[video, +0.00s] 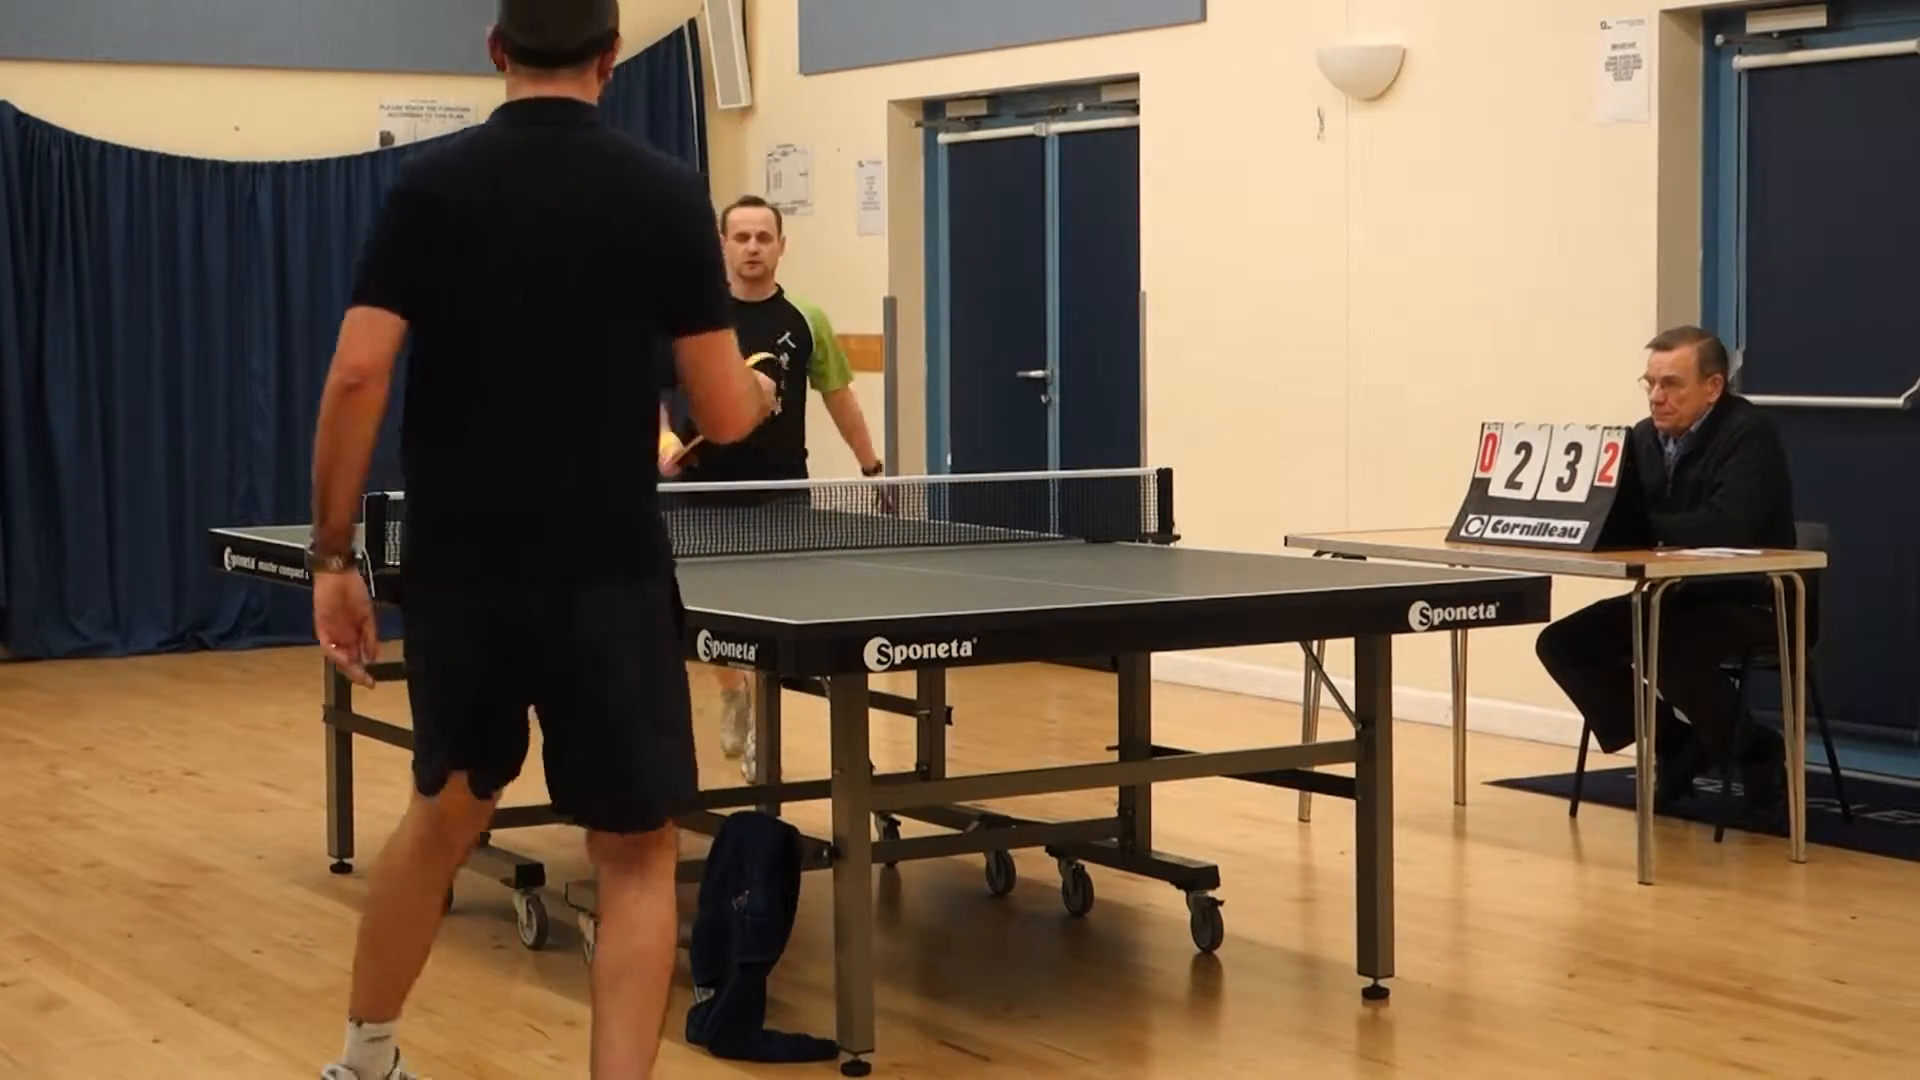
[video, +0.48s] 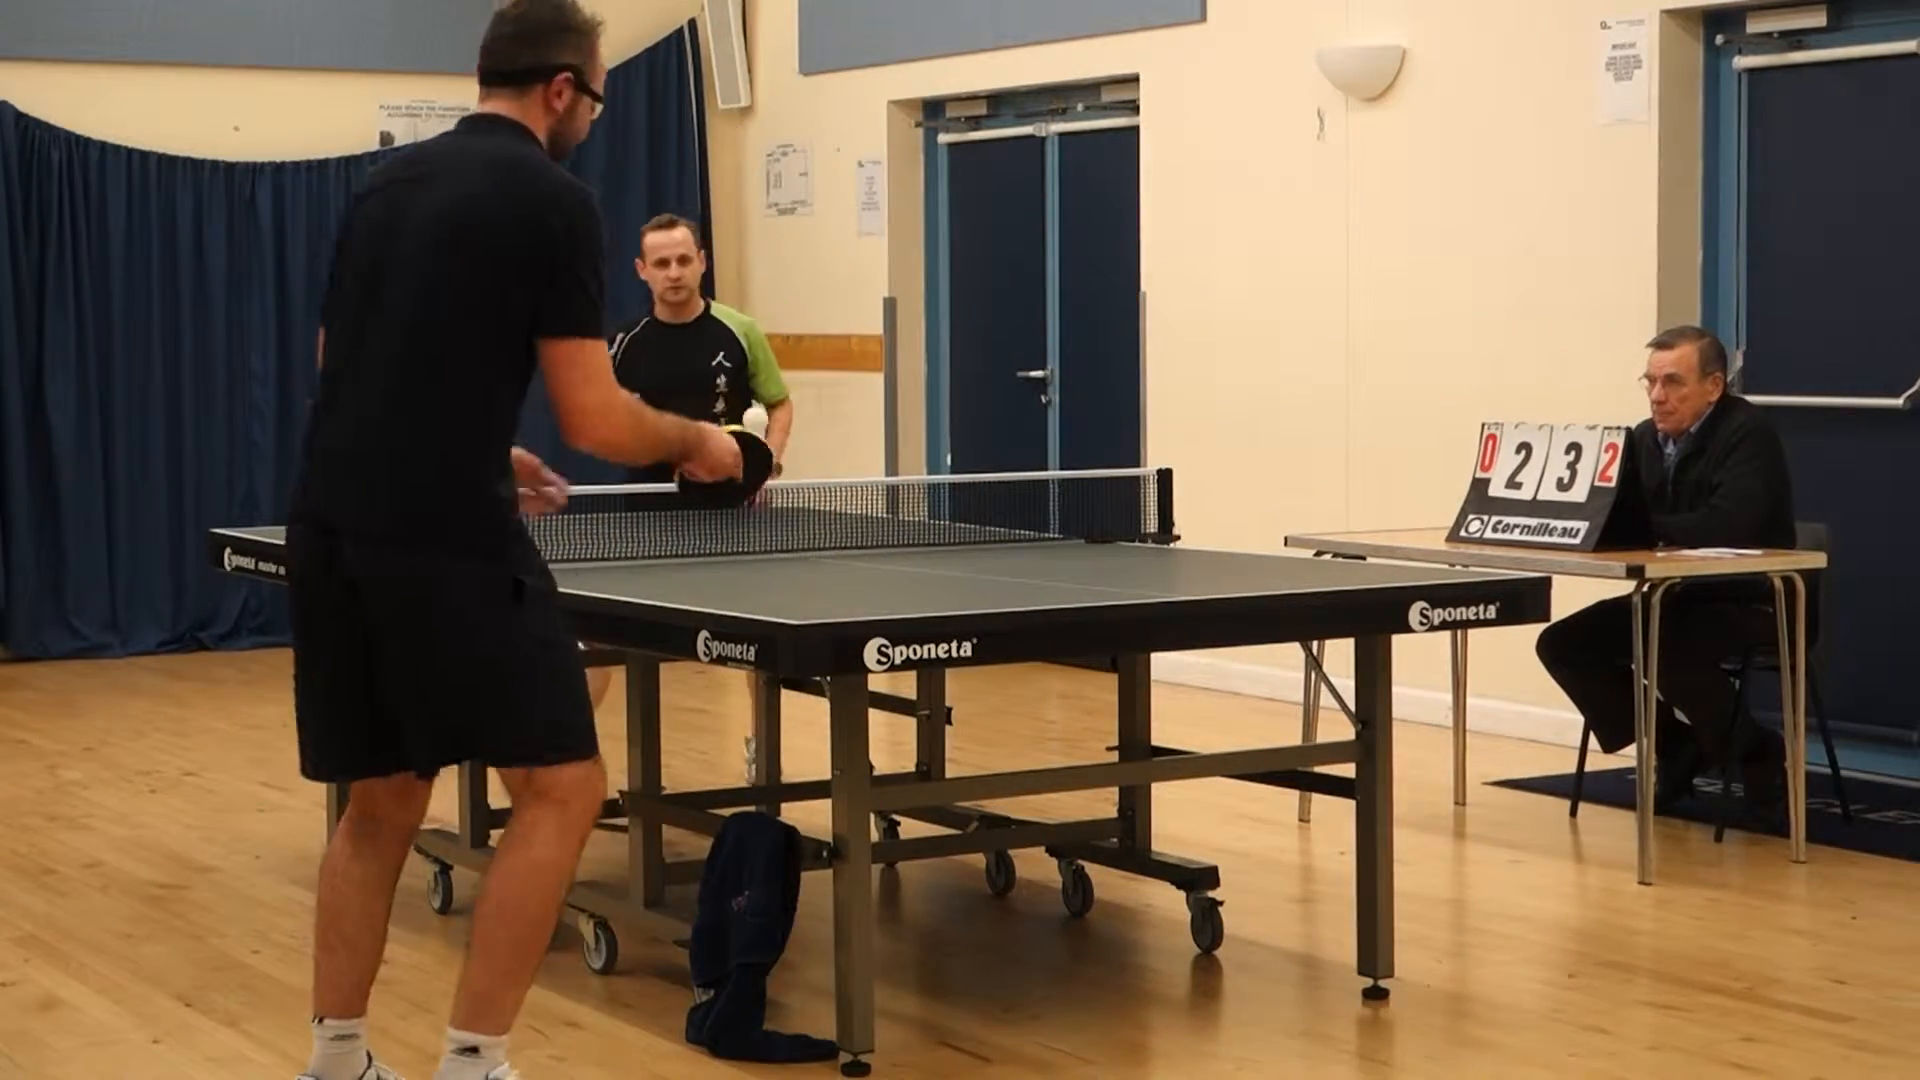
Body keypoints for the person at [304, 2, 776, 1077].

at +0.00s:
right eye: (602, 44)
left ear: (496, 53)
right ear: (609, 56)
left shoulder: (427, 183)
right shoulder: (663, 193)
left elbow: (356, 377)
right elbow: (724, 414)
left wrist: (332, 555)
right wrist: (745, 380)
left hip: (459, 570)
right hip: (606, 575)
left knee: (449, 804)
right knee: (634, 852)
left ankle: (363, 1053)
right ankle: (621, 1071)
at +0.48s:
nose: (592, 118)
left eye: (595, 102)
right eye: (593, 100)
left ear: (484, 81)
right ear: (562, 90)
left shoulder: (385, 181)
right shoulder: (551, 201)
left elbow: (343, 359)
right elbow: (600, 424)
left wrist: (487, 457)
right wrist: (694, 441)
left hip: (336, 531)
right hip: (458, 540)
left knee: (381, 800)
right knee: (562, 788)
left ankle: (334, 1058)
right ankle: (471, 1059)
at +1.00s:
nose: (782, 194)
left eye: (785, 172)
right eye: (777, 169)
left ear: (714, 161)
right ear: (718, 157)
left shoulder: (663, 262)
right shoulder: (625, 230)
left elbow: (706, 449)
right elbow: (597, 425)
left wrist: (887, 427)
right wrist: (754, 396)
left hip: (549, 551)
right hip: (468, 552)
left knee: (668, 763)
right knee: (564, 833)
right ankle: (452, 1071)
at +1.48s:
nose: (1036, 278)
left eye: (1039, 258)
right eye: (1033, 252)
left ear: (952, 227)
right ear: (981, 230)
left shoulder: (869, 291)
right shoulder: (952, 279)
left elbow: (763, 483)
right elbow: (1118, 408)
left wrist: (883, 585)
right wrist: (1228, 391)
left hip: (709, 531)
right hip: (662, 518)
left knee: (771, 774)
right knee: (649, 817)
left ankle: (760, 1052)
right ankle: (457, 1047)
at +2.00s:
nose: (1087, 342)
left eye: (1095, 321)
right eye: (1090, 315)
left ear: (1010, 282)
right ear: (1045, 288)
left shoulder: (910, 318)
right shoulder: (1002, 344)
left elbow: (784, 476)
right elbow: (984, 554)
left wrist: (893, 586)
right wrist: (1103, 694)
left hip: (682, 495)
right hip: (719, 505)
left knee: (772, 763)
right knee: (654, 798)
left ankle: (760, 1050)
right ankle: (427, 1024)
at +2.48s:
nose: (921, 225)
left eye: (929, 204)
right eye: (921, 197)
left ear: (853, 175)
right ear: (863, 171)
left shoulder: (773, 242)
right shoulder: (787, 248)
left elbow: (747, 448)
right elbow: (745, 459)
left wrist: (884, 483)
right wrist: (893, 487)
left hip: (655, 553)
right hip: (587, 550)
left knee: (757, 774)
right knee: (609, 839)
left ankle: (761, 1050)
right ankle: (466, 1066)